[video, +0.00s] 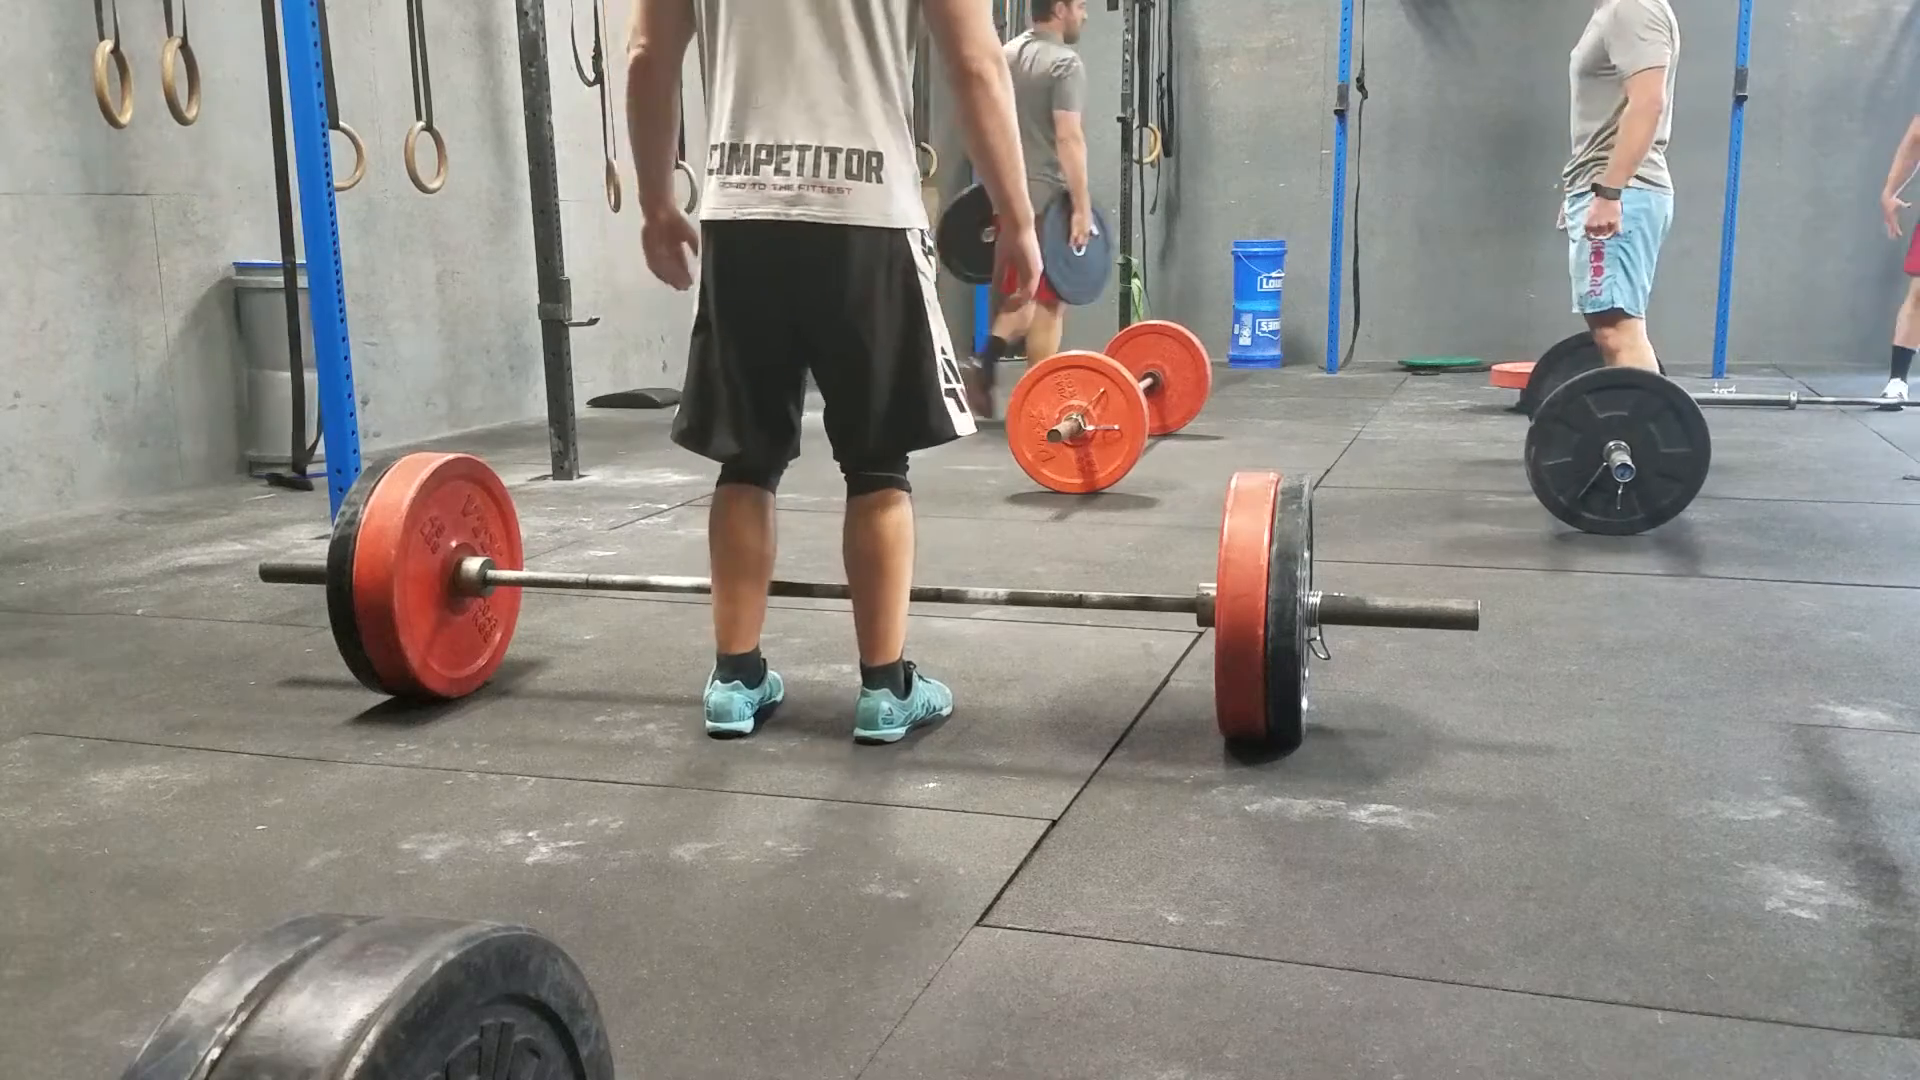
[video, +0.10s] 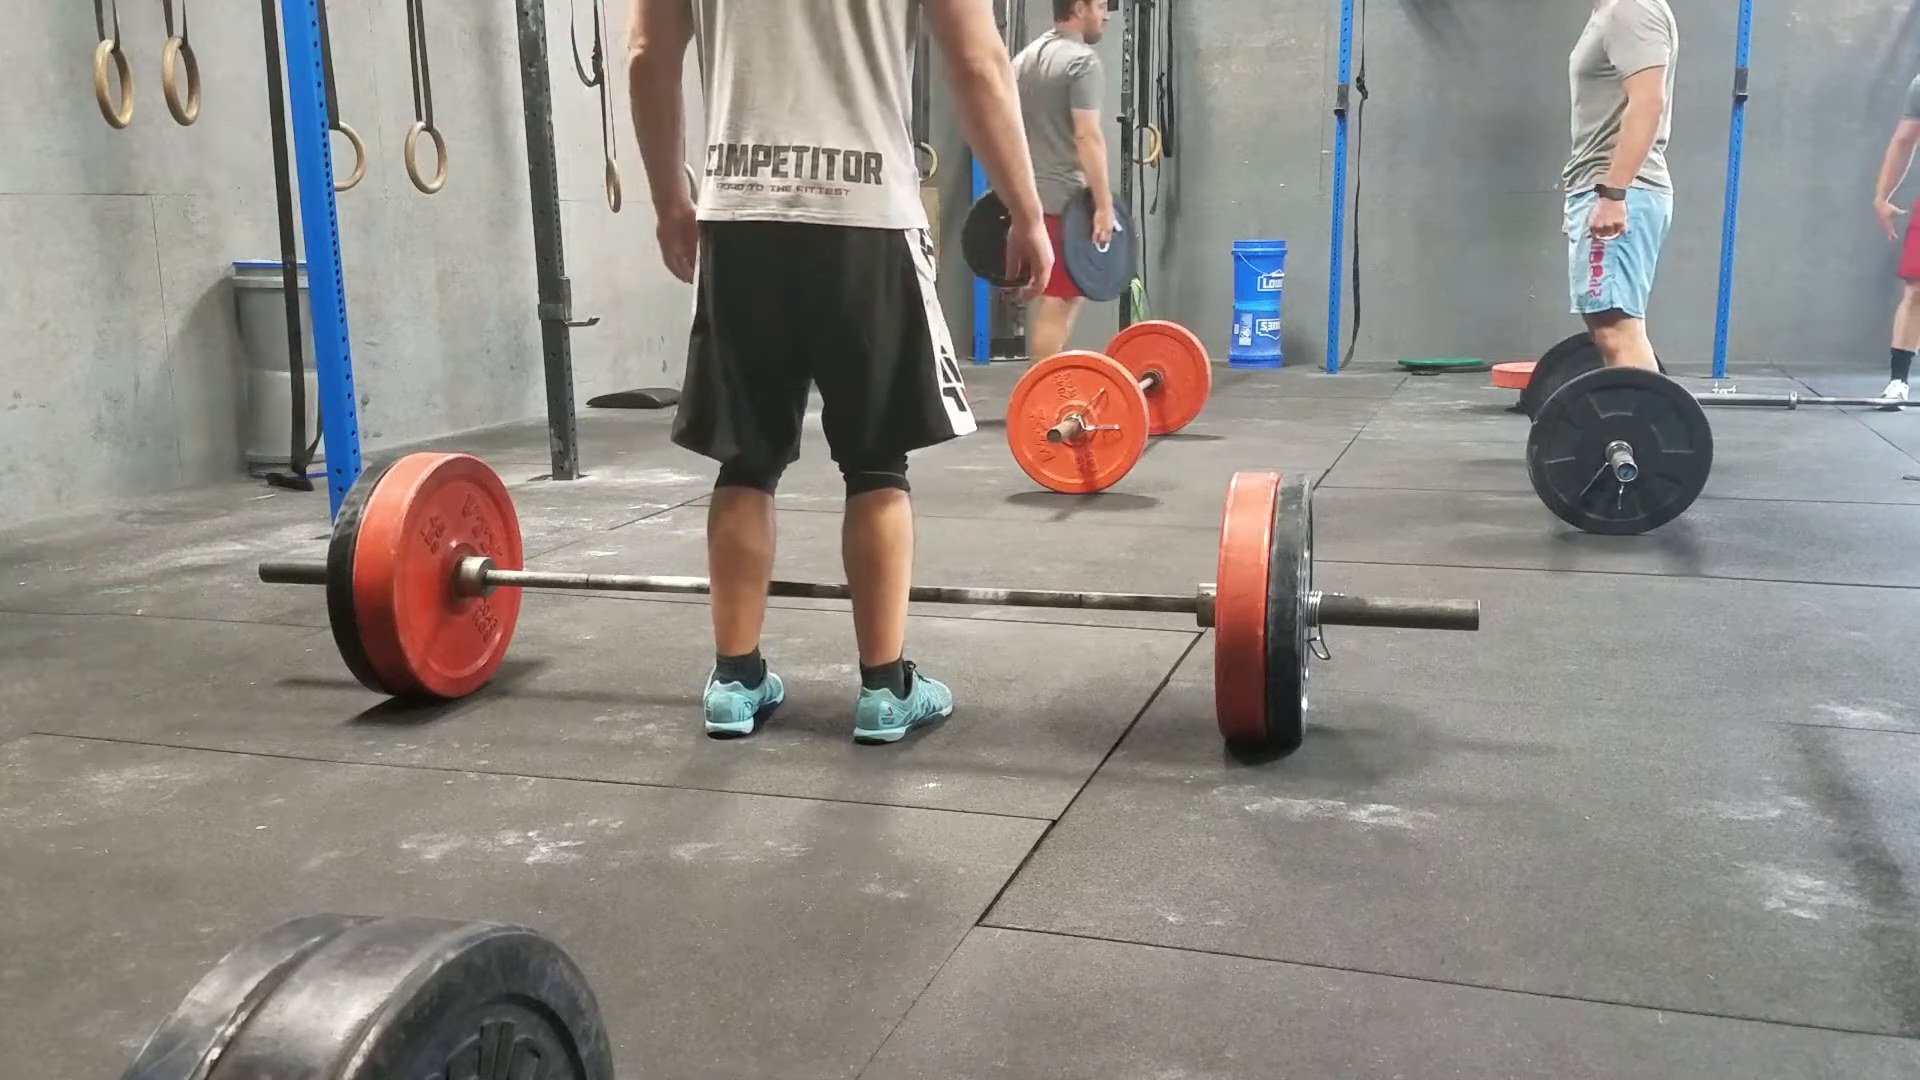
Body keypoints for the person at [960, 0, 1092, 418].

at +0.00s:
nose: (1083, 15)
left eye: (1082, 7)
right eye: (1079, 6)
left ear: (1042, 12)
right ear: (1061, 10)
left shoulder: (1005, 53)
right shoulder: (1066, 61)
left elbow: (992, 130)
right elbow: (1068, 137)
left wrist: (993, 195)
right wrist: (1081, 208)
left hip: (1009, 196)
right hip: (1049, 199)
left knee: (1019, 296)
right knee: (1051, 304)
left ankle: (985, 360)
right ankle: (1044, 402)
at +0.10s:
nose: (1107, 15)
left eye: (1107, 7)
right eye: (1102, 6)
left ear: (1070, 10)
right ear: (1079, 8)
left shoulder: (1023, 58)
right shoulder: (1083, 59)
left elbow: (1012, 132)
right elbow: (1087, 137)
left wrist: (1017, 196)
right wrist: (1104, 205)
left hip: (1030, 198)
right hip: (1063, 202)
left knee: (1068, 299)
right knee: (1056, 303)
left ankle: (1045, 394)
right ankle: (1039, 404)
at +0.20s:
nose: (1128, 19)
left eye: (1128, 10)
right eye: (1123, 9)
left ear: (1095, 14)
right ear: (1100, 12)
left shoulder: (1050, 61)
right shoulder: (1101, 61)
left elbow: (1042, 137)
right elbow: (1104, 139)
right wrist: (1124, 208)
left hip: (1050, 200)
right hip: (1080, 205)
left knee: (1096, 300)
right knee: (1068, 303)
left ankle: (1110, 389)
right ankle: (1042, 402)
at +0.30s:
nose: (1152, 23)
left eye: (1151, 14)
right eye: (1145, 13)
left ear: (1117, 18)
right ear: (1120, 17)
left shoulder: (1078, 65)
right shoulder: (1123, 67)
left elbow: (1075, 141)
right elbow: (1124, 143)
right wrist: (1143, 210)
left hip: (1076, 202)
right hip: (1107, 206)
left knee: (1127, 296)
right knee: (1085, 302)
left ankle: (1137, 385)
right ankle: (1039, 388)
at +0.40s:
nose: (1175, 23)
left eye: (1174, 15)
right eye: (1168, 14)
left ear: (1141, 19)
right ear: (1143, 18)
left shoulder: (1107, 66)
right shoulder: (1147, 67)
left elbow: (1104, 146)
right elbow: (1145, 142)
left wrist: (1102, 206)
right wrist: (1162, 211)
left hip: (1106, 204)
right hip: (1132, 208)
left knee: (1154, 300)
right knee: (1114, 305)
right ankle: (1060, 381)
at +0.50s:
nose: (1198, 17)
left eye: (1197, 9)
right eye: (1191, 8)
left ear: (1166, 15)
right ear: (1167, 13)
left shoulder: (1139, 59)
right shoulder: (1167, 60)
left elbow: (1134, 139)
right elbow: (1164, 135)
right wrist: (1180, 201)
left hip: (1133, 200)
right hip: (1153, 203)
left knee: (1157, 304)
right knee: (1174, 304)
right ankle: (1105, 366)